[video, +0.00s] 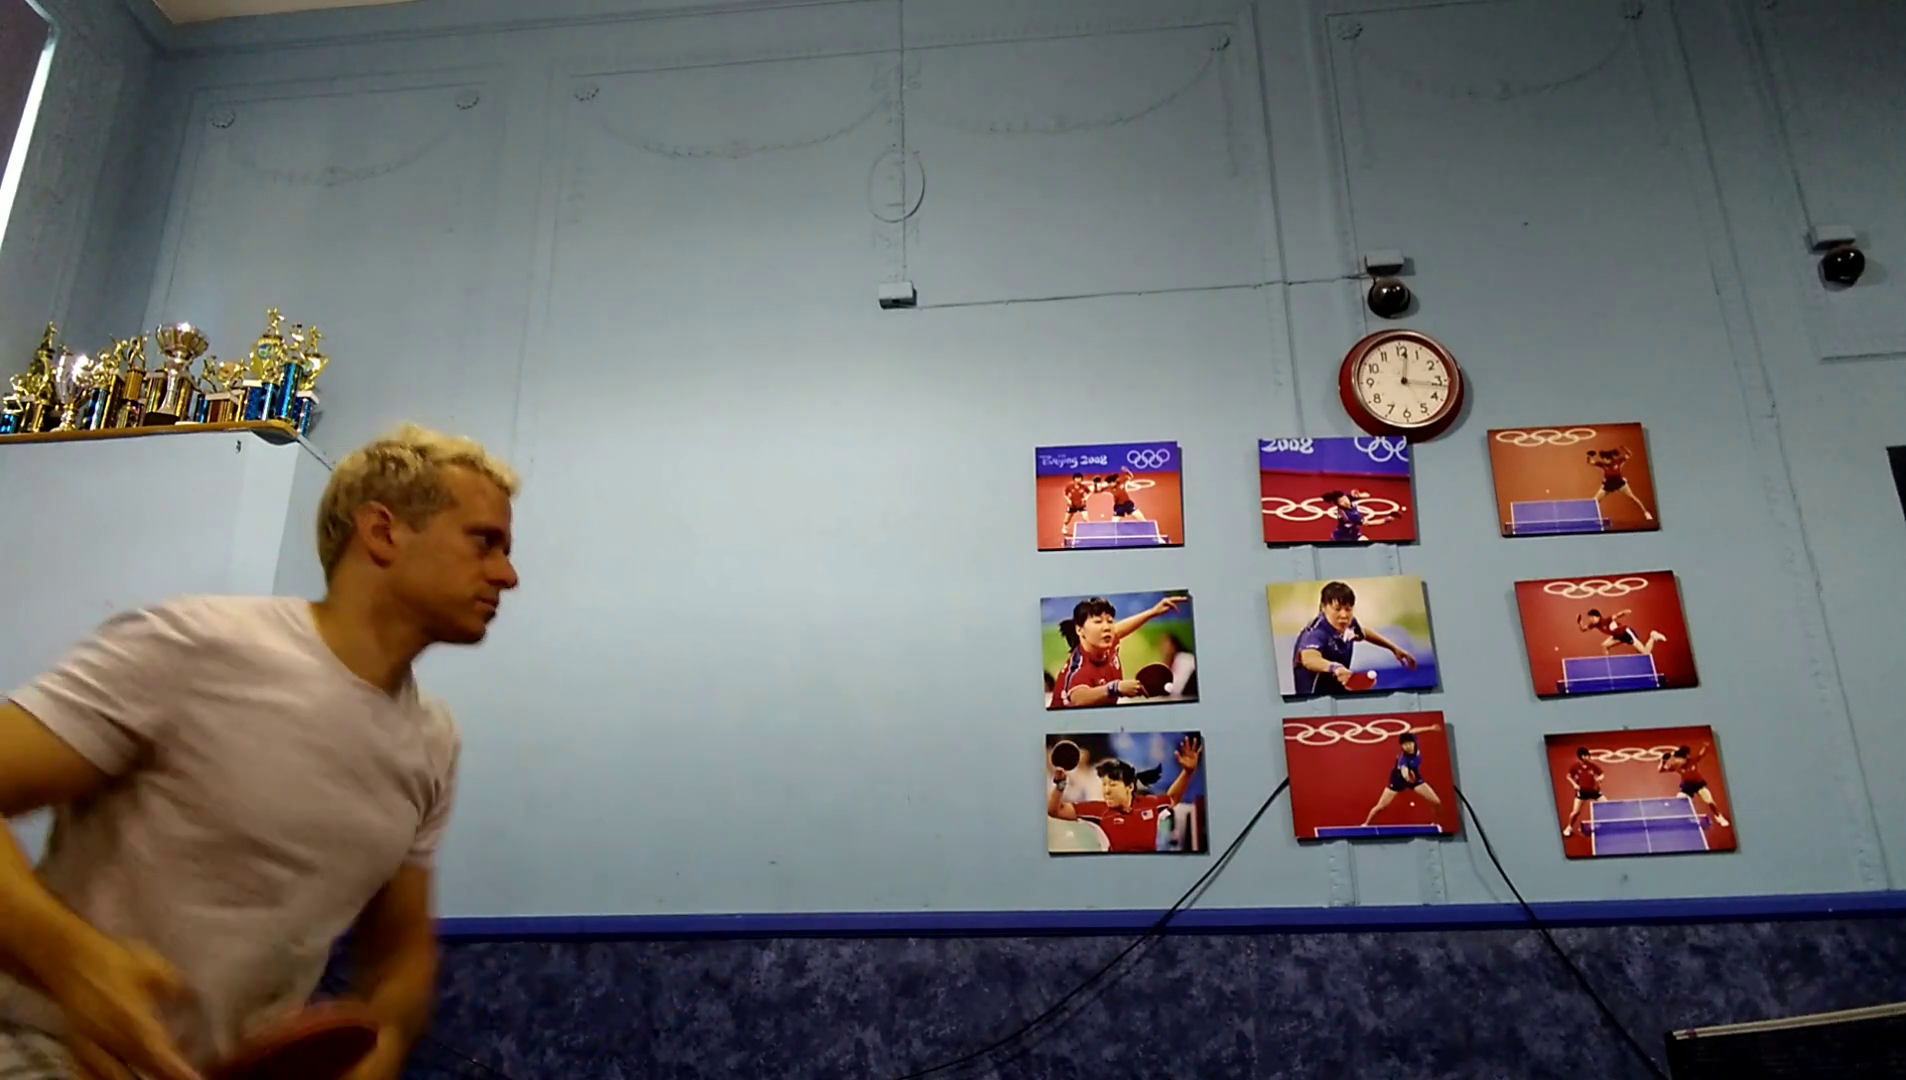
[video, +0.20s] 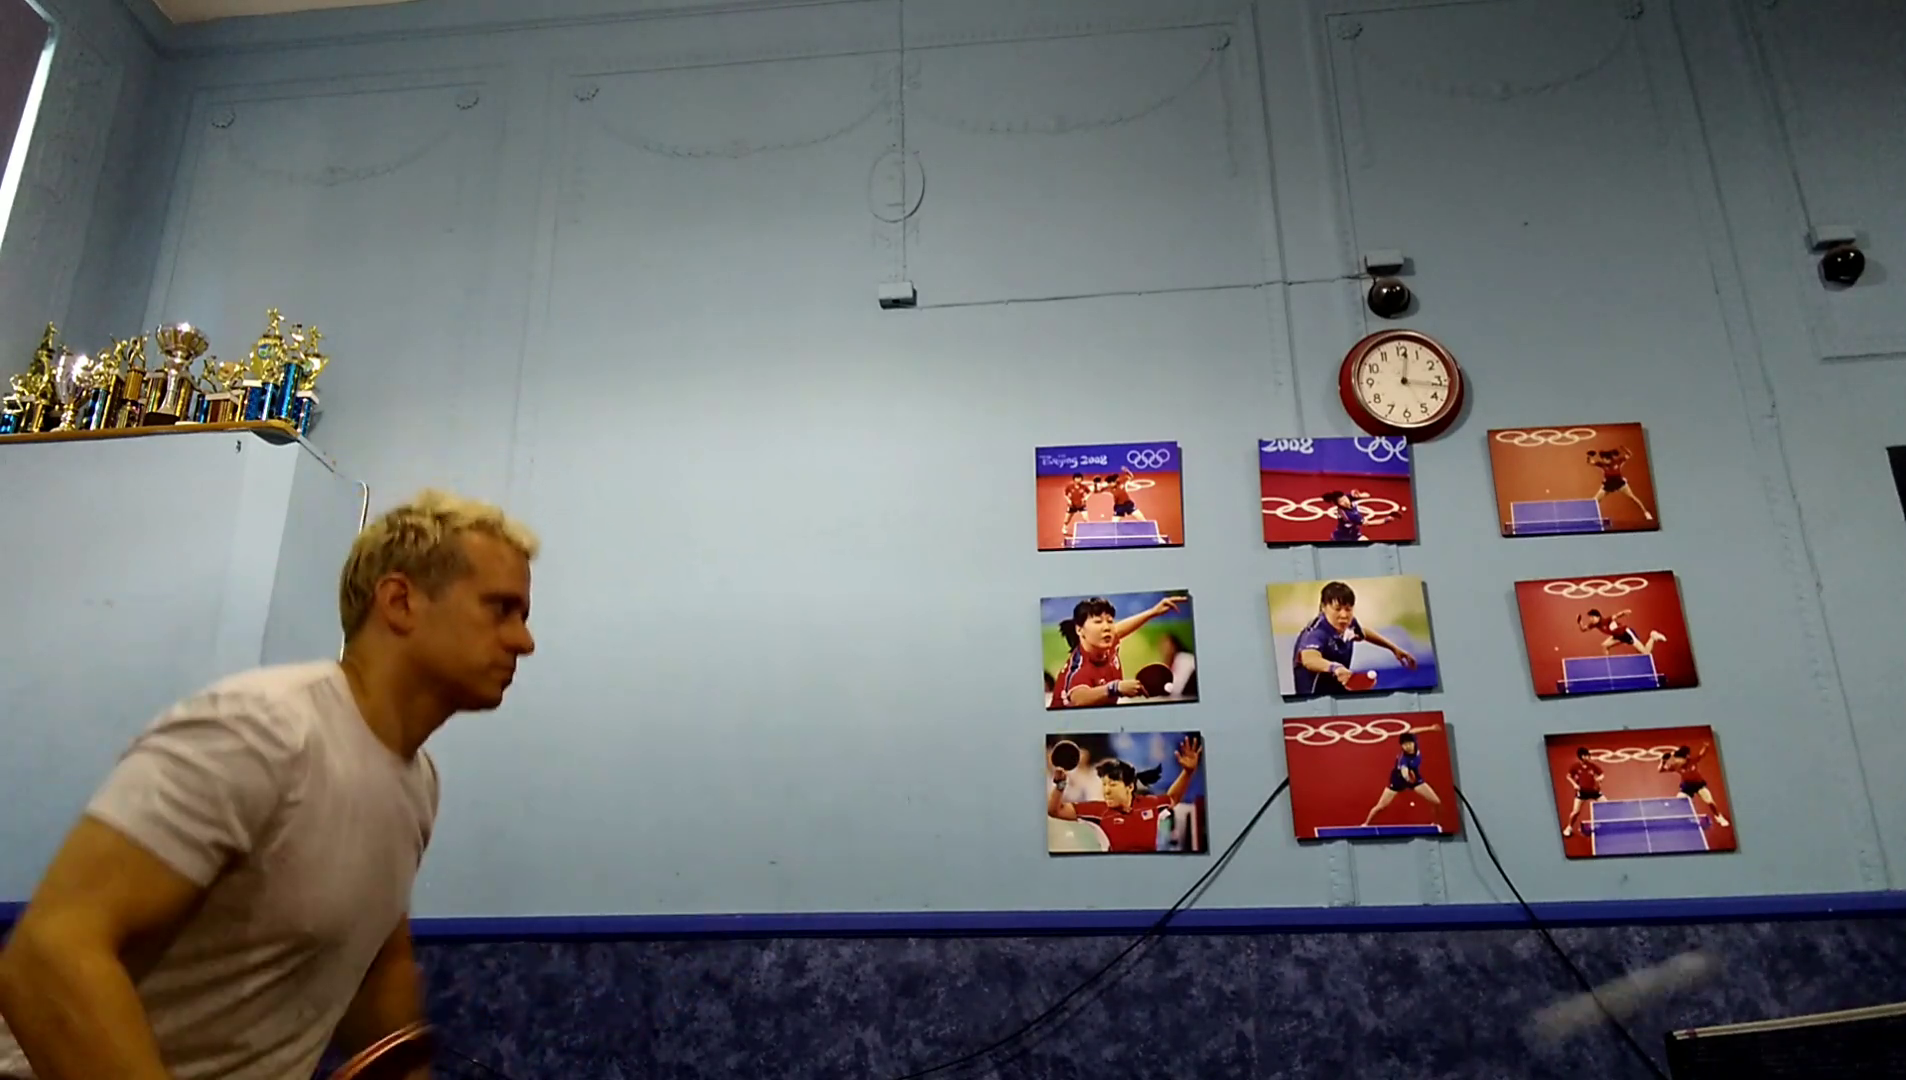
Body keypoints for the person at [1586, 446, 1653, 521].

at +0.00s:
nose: (1605, 461)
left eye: (1606, 459)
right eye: (1603, 459)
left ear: (1610, 458)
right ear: (1602, 459)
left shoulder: (1618, 462)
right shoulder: (1602, 464)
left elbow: (1629, 456)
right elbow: (1590, 463)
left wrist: (1624, 449)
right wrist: (1589, 457)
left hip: (1620, 482)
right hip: (1608, 483)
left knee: (1632, 497)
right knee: (1595, 500)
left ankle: (1645, 512)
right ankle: (1590, 518)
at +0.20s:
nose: (1605, 461)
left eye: (1606, 459)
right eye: (1603, 459)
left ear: (1609, 458)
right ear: (1602, 459)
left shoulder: (1618, 462)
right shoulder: (1602, 464)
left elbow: (1629, 456)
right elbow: (1590, 463)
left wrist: (1624, 449)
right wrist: (1589, 456)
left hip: (1620, 482)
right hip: (1608, 483)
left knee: (1632, 497)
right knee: (1595, 499)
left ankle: (1645, 512)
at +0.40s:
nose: (1605, 461)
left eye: (1606, 459)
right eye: (1603, 459)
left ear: (1609, 458)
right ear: (1602, 459)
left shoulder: (1618, 462)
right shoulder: (1602, 464)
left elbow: (1629, 456)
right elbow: (1590, 463)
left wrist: (1624, 449)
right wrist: (1589, 457)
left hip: (1620, 482)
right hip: (1608, 483)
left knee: (1632, 497)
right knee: (1595, 500)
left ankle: (1645, 512)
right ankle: (1590, 519)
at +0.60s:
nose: (1605, 461)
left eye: (1606, 459)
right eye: (1603, 459)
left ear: (1609, 458)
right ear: (1602, 459)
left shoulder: (1618, 462)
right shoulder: (1602, 464)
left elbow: (1629, 456)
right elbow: (1590, 463)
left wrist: (1624, 449)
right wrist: (1589, 457)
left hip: (1620, 482)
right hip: (1608, 483)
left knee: (1632, 497)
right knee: (1595, 500)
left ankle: (1645, 512)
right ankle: (1591, 519)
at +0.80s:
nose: (1604, 461)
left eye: (1606, 459)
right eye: (1603, 459)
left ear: (1609, 458)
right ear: (1603, 459)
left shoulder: (1618, 462)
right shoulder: (1602, 464)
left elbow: (1629, 456)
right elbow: (1590, 463)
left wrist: (1624, 448)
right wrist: (1589, 457)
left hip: (1620, 482)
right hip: (1608, 483)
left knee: (1632, 497)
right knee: (1595, 499)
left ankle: (1645, 512)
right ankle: (1591, 519)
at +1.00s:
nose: (1604, 461)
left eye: (1606, 459)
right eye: (1603, 459)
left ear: (1609, 458)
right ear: (1603, 459)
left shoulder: (1618, 462)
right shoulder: (1602, 464)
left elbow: (1629, 456)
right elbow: (1590, 463)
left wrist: (1624, 448)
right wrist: (1589, 457)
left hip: (1620, 482)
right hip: (1608, 483)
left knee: (1632, 497)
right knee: (1595, 499)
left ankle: (1645, 512)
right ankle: (1591, 519)